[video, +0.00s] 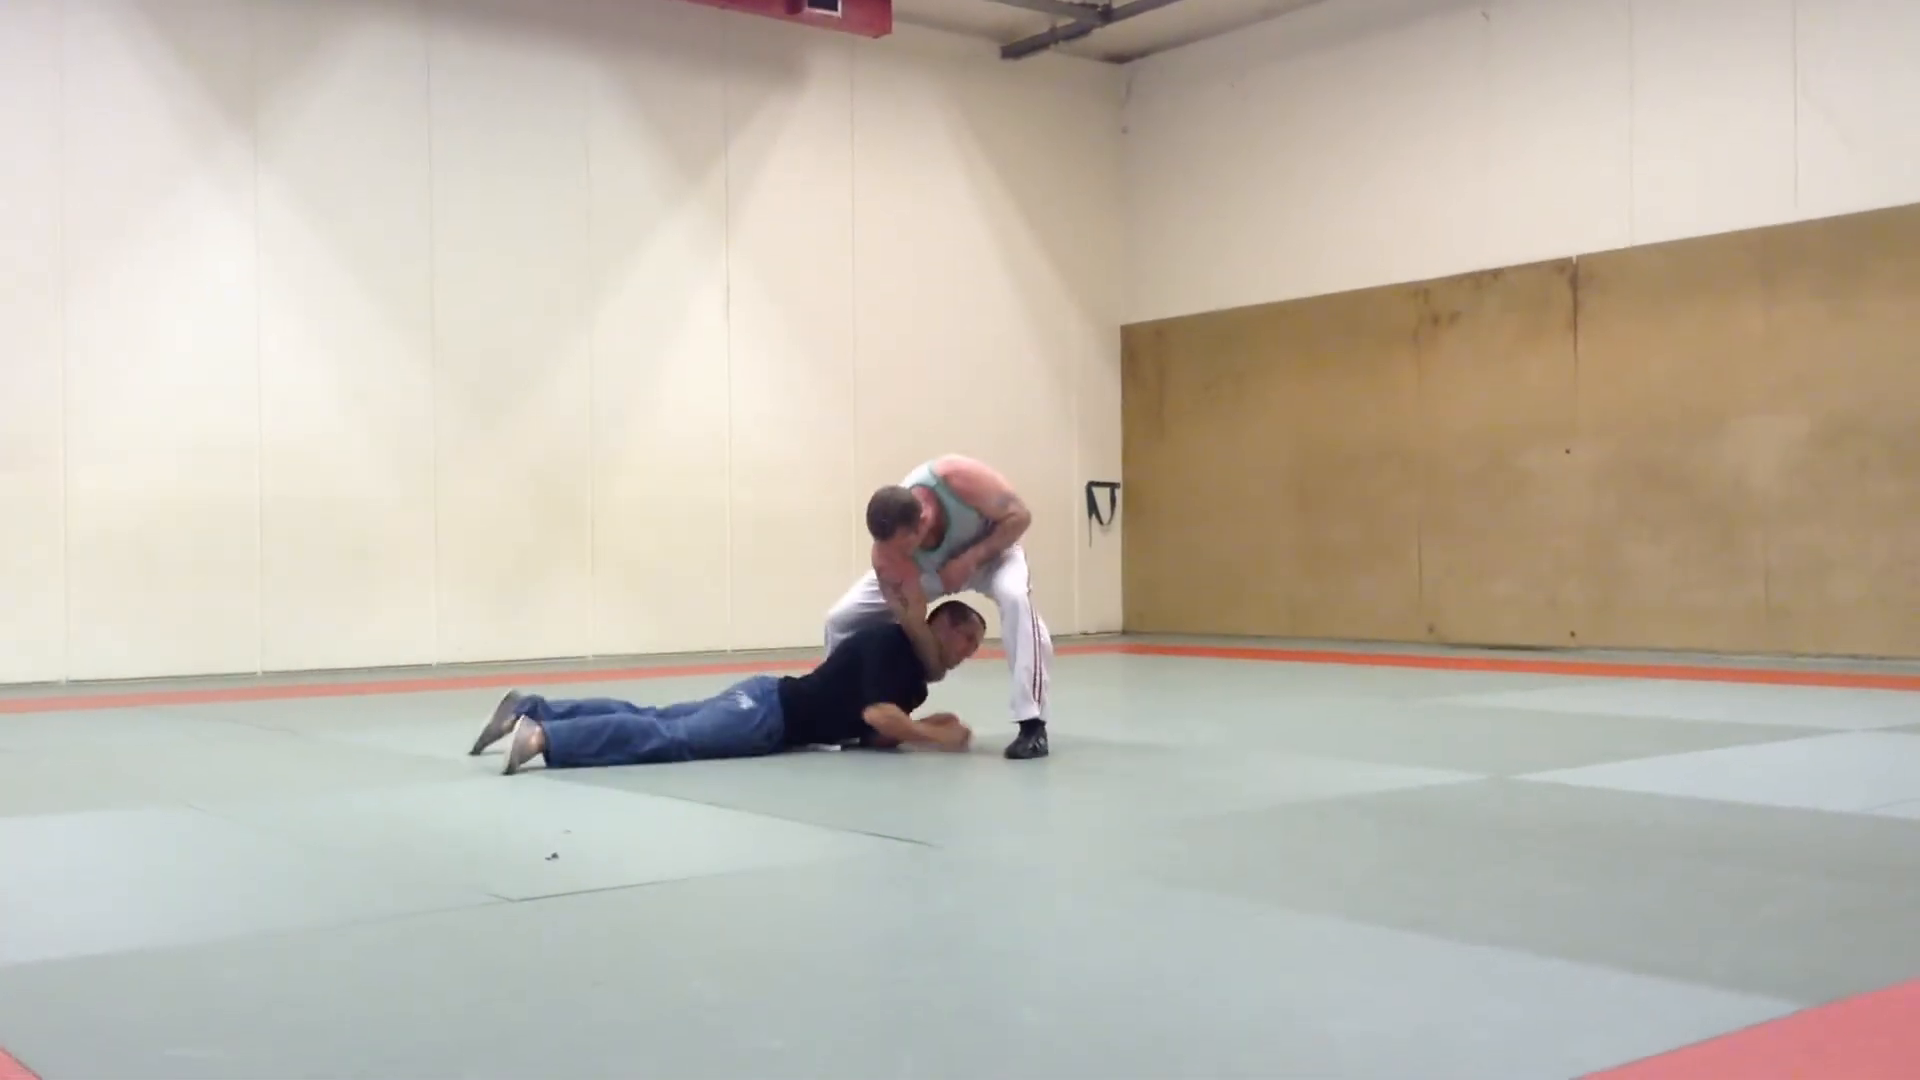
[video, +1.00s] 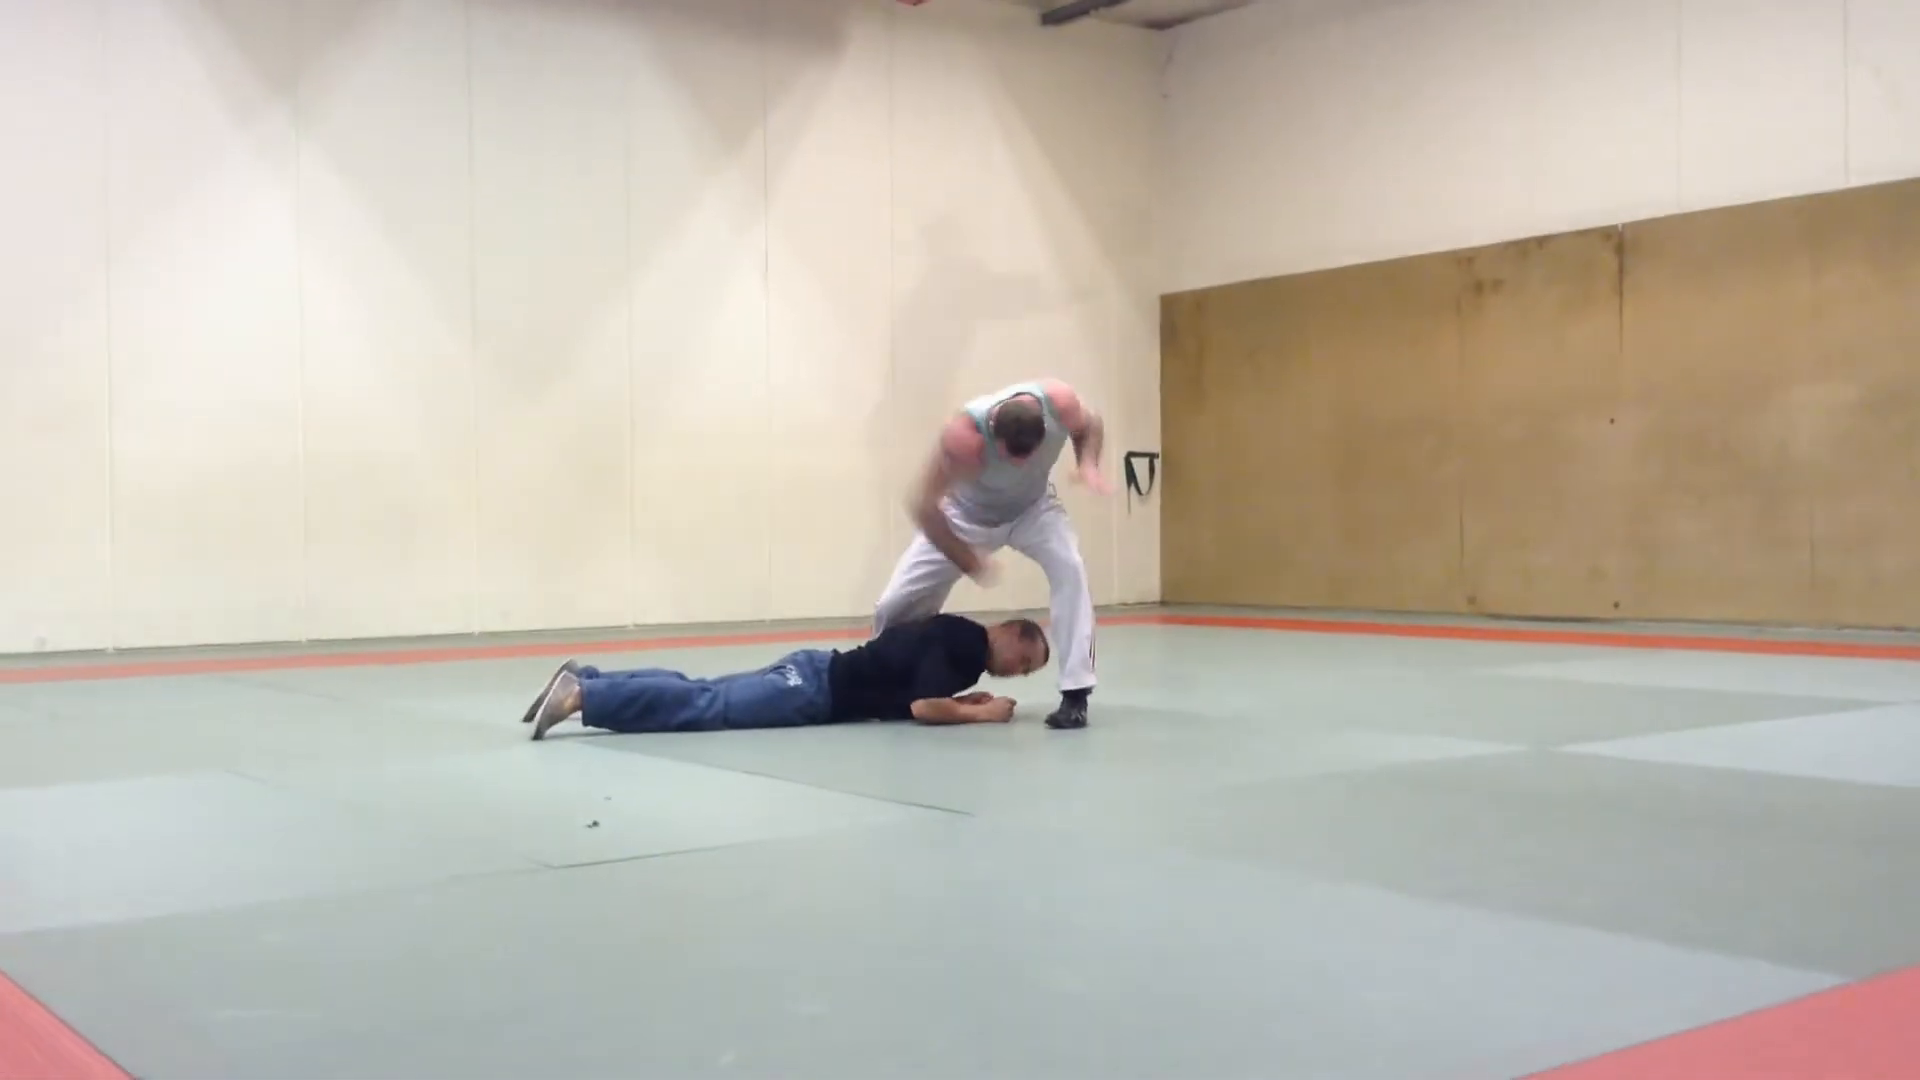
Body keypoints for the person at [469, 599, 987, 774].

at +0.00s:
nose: (969, 648)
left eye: (975, 641)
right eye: (966, 635)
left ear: (963, 645)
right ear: (939, 622)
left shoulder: (910, 662)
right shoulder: (893, 647)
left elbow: (868, 731)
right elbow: (879, 716)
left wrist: (917, 733)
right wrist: (930, 734)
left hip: (770, 704)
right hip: (769, 714)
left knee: (661, 720)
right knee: (664, 739)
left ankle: (530, 709)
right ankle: (543, 741)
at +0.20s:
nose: (974, 651)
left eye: (980, 642)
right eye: (973, 639)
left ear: (955, 630)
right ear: (948, 624)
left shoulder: (909, 645)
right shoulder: (902, 648)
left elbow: (878, 712)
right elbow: (888, 714)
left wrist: (928, 726)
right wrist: (939, 732)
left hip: (780, 700)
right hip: (778, 712)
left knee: (662, 717)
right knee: (660, 733)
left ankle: (536, 706)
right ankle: (541, 730)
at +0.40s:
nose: (993, 659)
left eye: (999, 651)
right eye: (993, 648)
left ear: (970, 628)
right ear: (969, 629)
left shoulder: (925, 641)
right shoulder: (922, 651)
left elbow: (892, 711)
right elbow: (894, 720)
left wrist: (939, 716)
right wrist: (950, 725)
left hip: (790, 687)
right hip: (789, 702)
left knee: (677, 708)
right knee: (675, 720)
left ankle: (552, 697)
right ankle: (555, 714)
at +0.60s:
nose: (1010, 667)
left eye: (1017, 661)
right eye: (1016, 658)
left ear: (996, 633)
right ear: (999, 635)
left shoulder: (946, 639)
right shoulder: (948, 647)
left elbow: (913, 704)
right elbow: (913, 716)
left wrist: (959, 709)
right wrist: (970, 719)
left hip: (805, 680)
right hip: (805, 696)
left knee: (695, 700)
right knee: (695, 714)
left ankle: (568, 689)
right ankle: (572, 707)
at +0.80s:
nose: (1020, 651)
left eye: (1028, 648)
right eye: (1022, 640)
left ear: (1014, 640)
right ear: (1003, 621)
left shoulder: (956, 633)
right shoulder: (957, 637)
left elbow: (921, 696)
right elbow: (921, 708)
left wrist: (966, 702)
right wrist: (977, 710)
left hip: (814, 672)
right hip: (813, 687)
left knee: (704, 691)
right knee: (702, 706)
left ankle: (578, 682)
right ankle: (577, 698)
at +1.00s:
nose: (1022, 658)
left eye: (1030, 659)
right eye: (1025, 647)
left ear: (1020, 658)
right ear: (1009, 629)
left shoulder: (960, 642)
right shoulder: (959, 641)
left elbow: (919, 699)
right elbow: (919, 706)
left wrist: (972, 705)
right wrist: (979, 712)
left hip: (818, 677)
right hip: (815, 688)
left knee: (708, 694)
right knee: (705, 706)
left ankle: (586, 682)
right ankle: (581, 698)